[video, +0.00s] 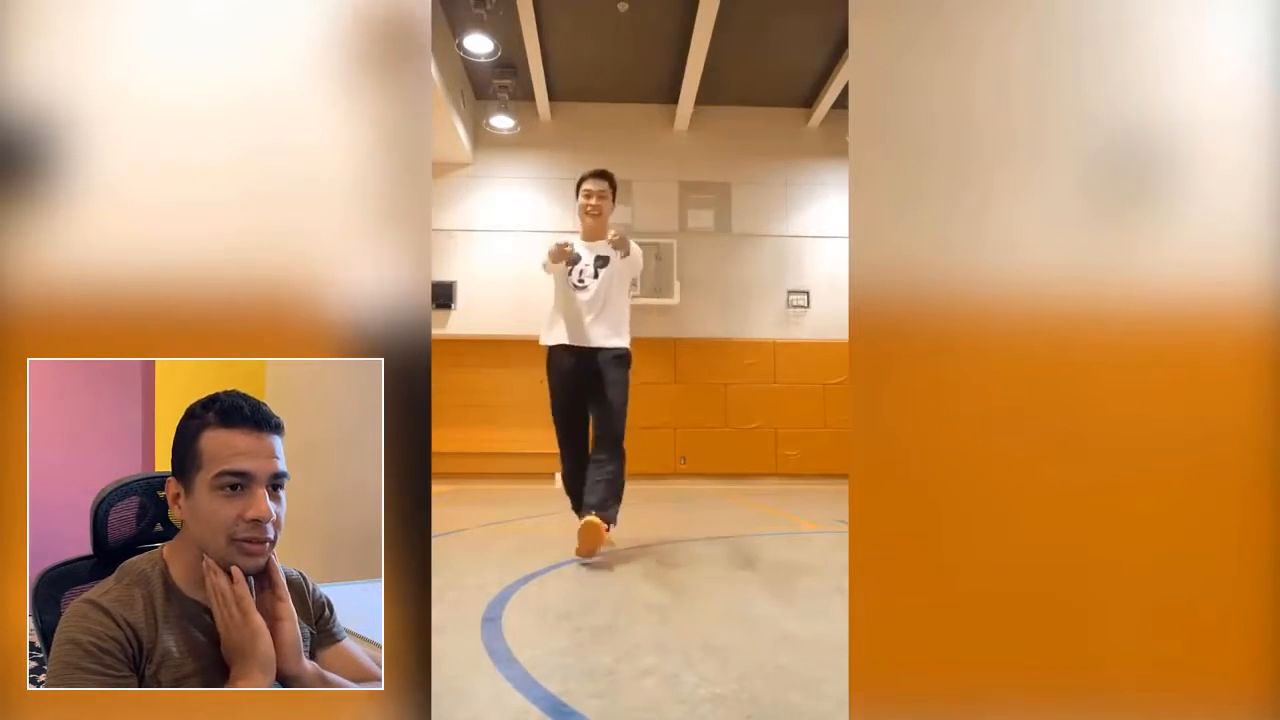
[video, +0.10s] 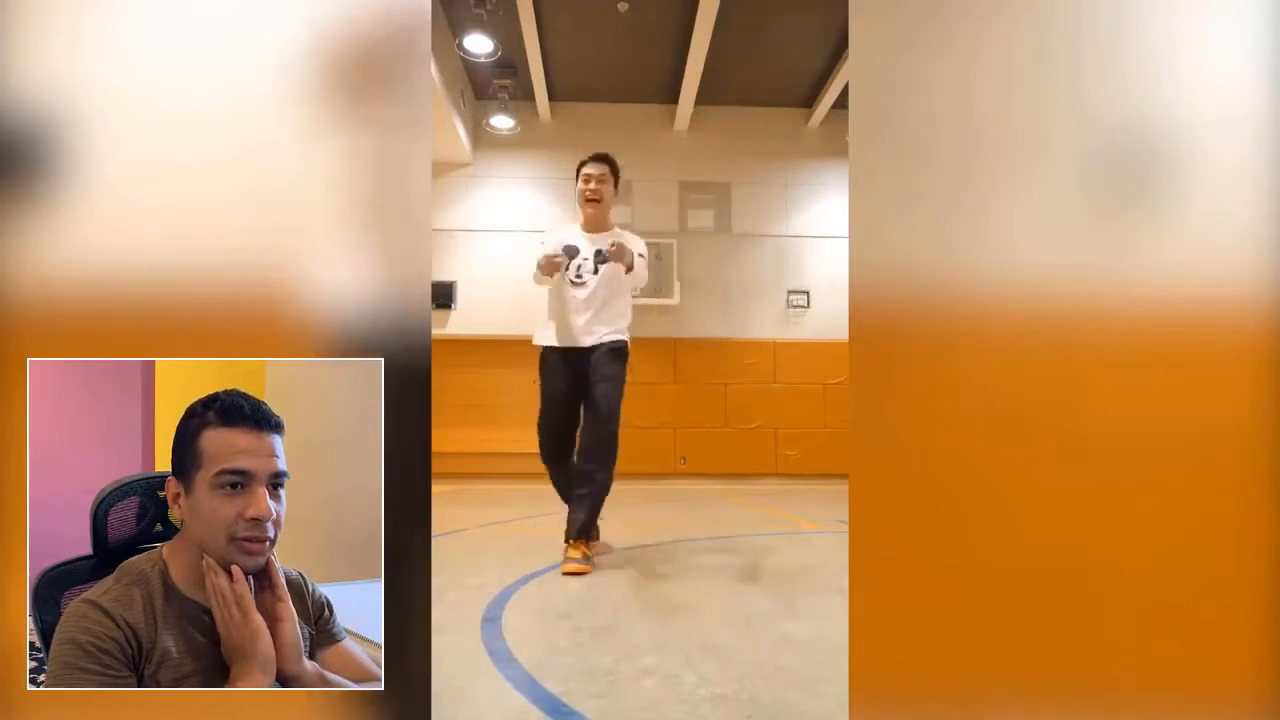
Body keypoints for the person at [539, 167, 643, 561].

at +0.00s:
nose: (593, 201)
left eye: (601, 196)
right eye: (587, 195)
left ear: (612, 204)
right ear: (577, 202)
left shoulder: (627, 251)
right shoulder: (564, 245)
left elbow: (633, 261)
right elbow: (551, 263)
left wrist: (623, 246)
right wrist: (558, 259)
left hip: (610, 349)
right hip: (565, 348)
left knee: (609, 433)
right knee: (571, 435)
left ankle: (598, 519)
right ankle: (585, 513)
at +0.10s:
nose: (592, 185)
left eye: (601, 180)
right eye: (586, 179)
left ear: (615, 190)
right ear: (576, 188)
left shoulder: (630, 241)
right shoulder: (559, 235)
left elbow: (641, 280)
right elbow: (541, 277)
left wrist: (627, 264)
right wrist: (547, 269)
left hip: (606, 343)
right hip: (559, 345)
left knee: (601, 431)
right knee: (552, 442)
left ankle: (579, 538)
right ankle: (586, 520)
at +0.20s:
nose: (584, 162)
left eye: (594, 155)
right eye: (578, 155)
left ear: (610, 165)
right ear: (570, 165)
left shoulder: (631, 222)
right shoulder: (554, 221)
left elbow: (640, 267)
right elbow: (536, 272)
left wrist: (625, 286)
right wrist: (522, 293)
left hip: (609, 335)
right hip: (559, 336)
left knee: (603, 435)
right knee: (542, 439)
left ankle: (580, 543)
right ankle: (570, 498)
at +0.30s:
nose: (564, 137)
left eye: (575, 128)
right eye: (560, 130)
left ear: (602, 138)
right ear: (558, 140)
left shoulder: (629, 198)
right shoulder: (548, 202)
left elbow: (639, 265)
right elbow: (525, 266)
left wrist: (629, 318)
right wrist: (504, 326)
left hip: (611, 326)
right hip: (558, 323)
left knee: (607, 436)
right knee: (548, 419)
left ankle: (583, 541)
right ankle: (552, 528)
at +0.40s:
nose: (554, 126)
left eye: (565, 118)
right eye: (552, 120)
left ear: (595, 127)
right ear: (552, 133)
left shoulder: (631, 191)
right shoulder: (542, 197)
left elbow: (644, 267)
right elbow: (522, 269)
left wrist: (639, 332)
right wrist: (504, 332)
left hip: (614, 322)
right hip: (559, 319)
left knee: (607, 436)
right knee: (550, 417)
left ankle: (583, 539)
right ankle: (551, 542)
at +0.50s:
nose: (546, 111)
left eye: (557, 100)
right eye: (541, 105)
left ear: (589, 109)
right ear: (542, 118)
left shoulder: (633, 182)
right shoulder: (533, 191)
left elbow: (652, 266)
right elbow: (522, 265)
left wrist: (667, 333)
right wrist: (517, 322)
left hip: (618, 325)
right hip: (553, 323)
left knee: (610, 443)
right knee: (549, 432)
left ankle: (583, 541)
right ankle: (560, 559)